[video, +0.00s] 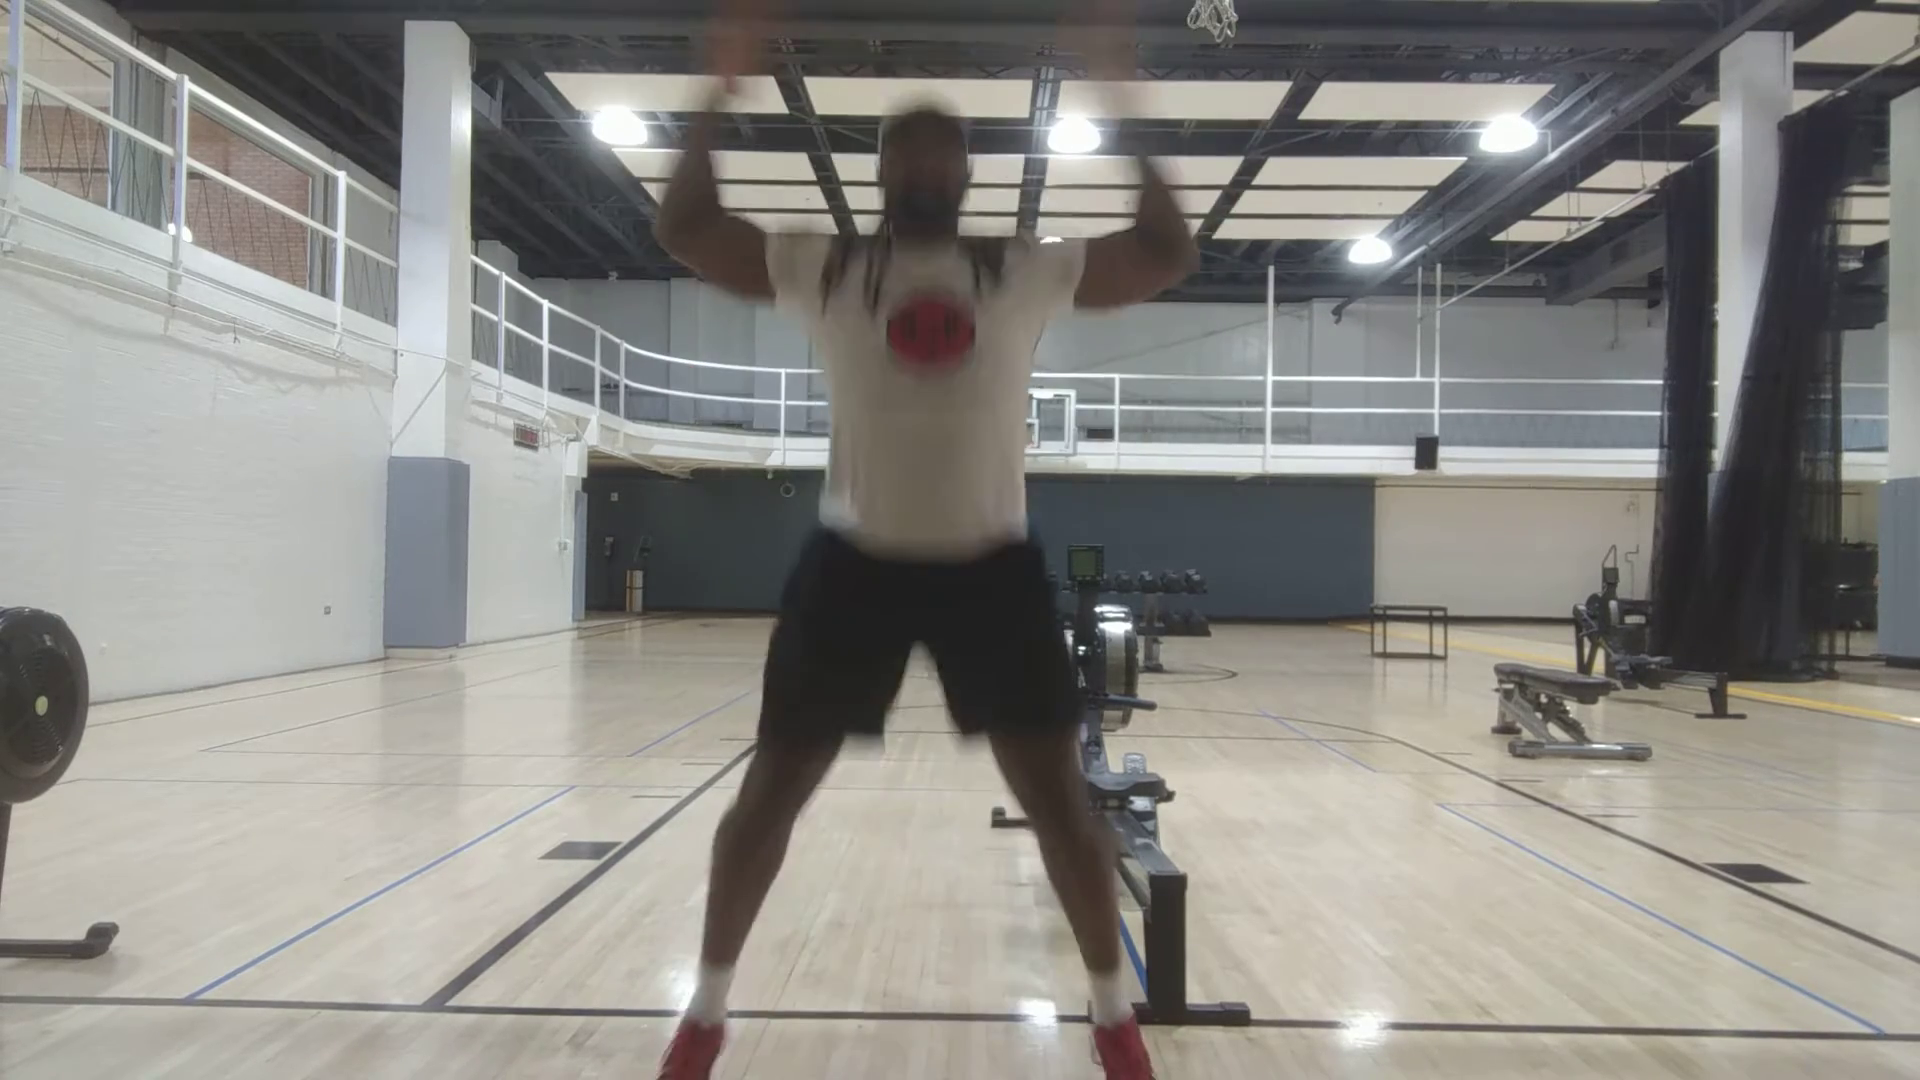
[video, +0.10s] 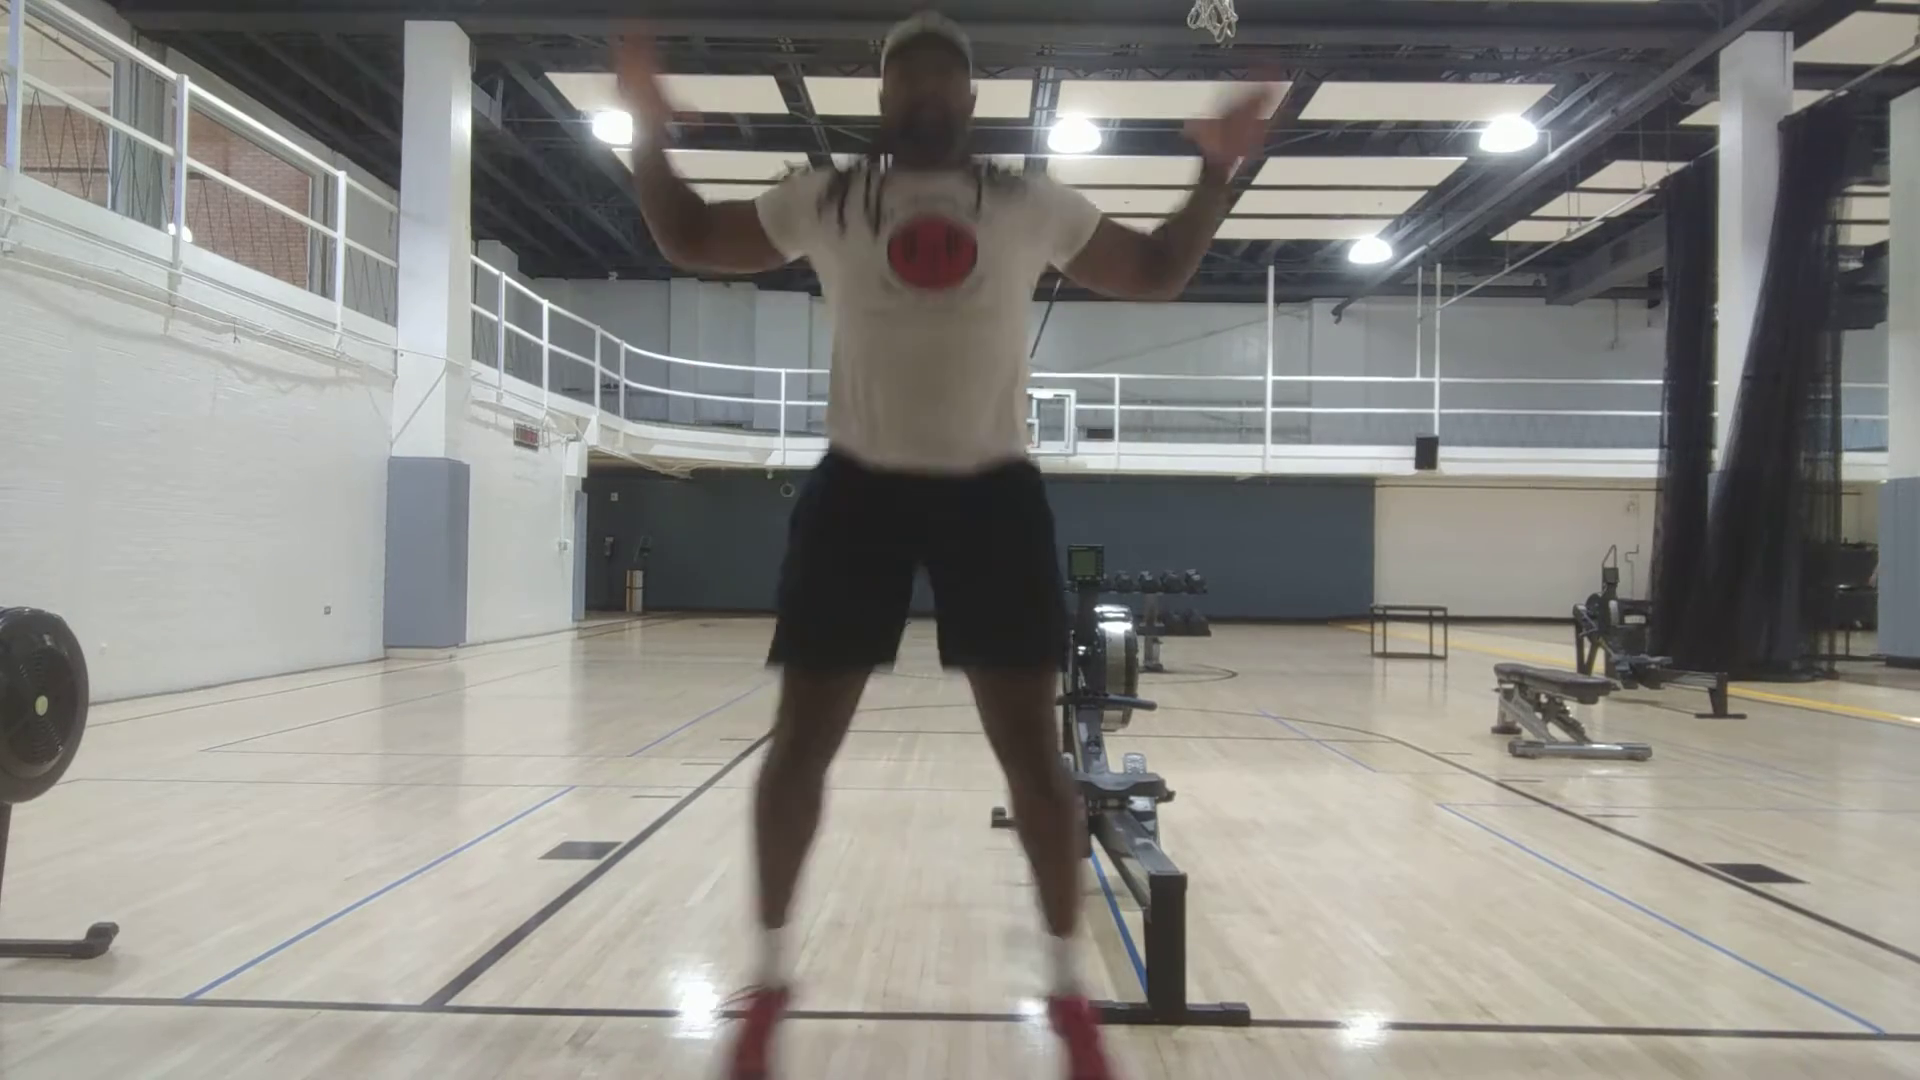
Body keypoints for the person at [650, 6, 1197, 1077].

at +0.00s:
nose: (921, 168)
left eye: (940, 153)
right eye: (904, 152)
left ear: (969, 172)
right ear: (876, 170)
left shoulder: (1026, 274)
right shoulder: (824, 270)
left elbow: (1166, 250)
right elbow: (686, 228)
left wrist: (1126, 96)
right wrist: (715, 92)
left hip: (993, 574)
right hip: (855, 570)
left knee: (1060, 803)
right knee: (770, 793)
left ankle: (1116, 1006)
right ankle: (706, 1008)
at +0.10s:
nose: (925, 91)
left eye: (944, 75)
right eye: (907, 74)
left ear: (975, 96)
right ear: (878, 94)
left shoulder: (1027, 198)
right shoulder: (826, 196)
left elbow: (1155, 270)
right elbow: (690, 238)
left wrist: (1218, 170)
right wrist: (648, 126)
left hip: (993, 498)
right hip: (857, 494)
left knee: (1033, 747)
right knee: (803, 735)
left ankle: (1070, 988)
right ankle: (768, 974)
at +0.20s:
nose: (935, 53)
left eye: (955, 40)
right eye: (916, 38)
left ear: (981, 72)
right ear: (883, 67)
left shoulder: (1030, 188)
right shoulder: (829, 187)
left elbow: (1108, 312)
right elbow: (735, 292)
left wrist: (1179, 284)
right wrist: (681, 260)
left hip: (992, 479)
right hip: (859, 476)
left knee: (1003, 741)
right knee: (841, 735)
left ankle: (991, 985)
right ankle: (848, 981)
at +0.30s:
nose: (933, 105)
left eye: (951, 88)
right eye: (916, 88)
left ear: (979, 109)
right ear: (886, 108)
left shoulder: (1032, 252)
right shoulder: (832, 245)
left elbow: (1066, 383)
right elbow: (782, 378)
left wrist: (1092, 400)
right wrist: (771, 367)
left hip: (992, 529)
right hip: (866, 525)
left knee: (988, 802)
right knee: (860, 790)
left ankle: (964, 1024)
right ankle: (872, 1025)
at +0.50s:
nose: (933, 135)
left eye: (951, 118)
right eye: (916, 118)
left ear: (976, 136)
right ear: (888, 135)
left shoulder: (1030, 270)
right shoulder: (836, 264)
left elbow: (1086, 395)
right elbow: (776, 383)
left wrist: (1129, 396)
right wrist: (751, 387)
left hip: (998, 546)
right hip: (871, 545)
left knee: (998, 792)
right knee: (860, 782)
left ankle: (969, 1016)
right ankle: (869, 1019)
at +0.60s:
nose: (936, 61)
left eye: (955, 46)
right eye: (917, 46)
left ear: (984, 75)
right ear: (888, 74)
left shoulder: (1033, 191)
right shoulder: (839, 195)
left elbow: (1140, 313)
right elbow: (727, 311)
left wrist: (1198, 239)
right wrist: (662, 244)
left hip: (1006, 481)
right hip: (874, 479)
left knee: (1014, 729)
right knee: (846, 724)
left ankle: (1018, 980)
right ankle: (830, 975)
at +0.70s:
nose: (940, 57)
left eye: (959, 41)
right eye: (922, 40)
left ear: (987, 65)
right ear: (892, 64)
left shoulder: (1042, 178)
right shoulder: (839, 179)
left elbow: (1181, 244)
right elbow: (690, 242)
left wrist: (1214, 121)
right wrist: (651, 112)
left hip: (1008, 471)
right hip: (871, 467)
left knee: (1045, 727)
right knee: (817, 721)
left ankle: (1084, 983)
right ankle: (765, 972)